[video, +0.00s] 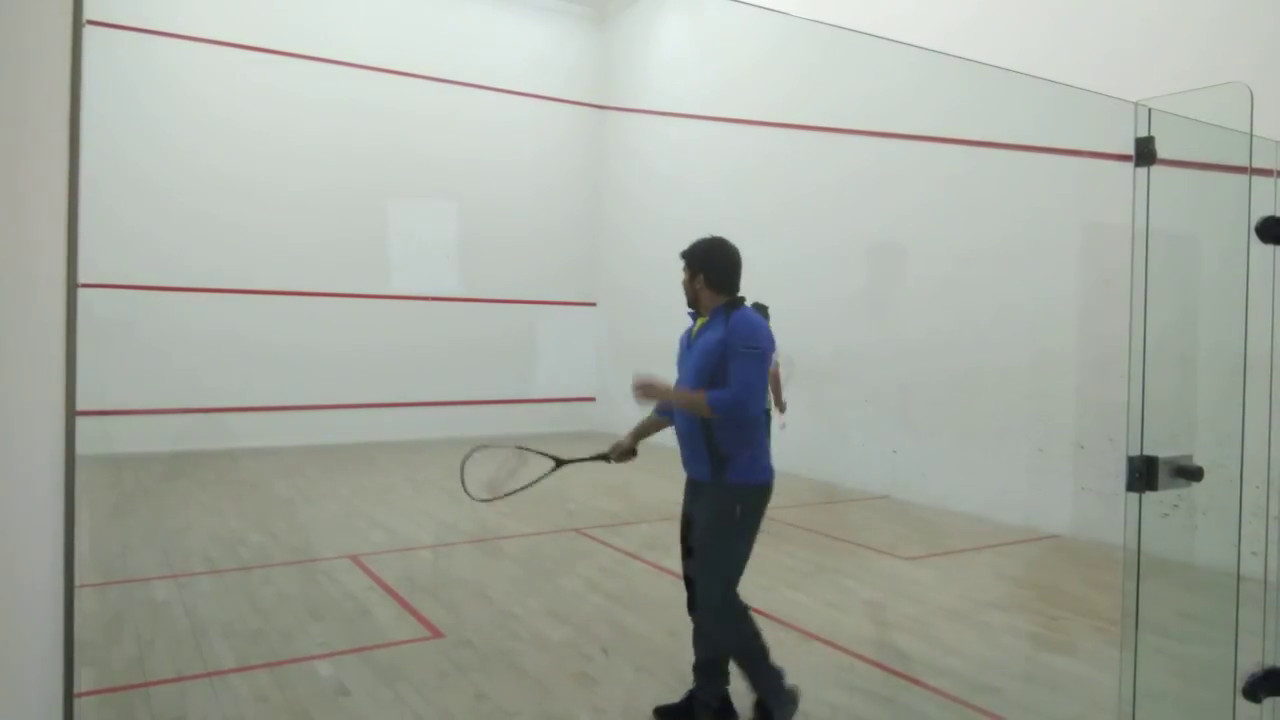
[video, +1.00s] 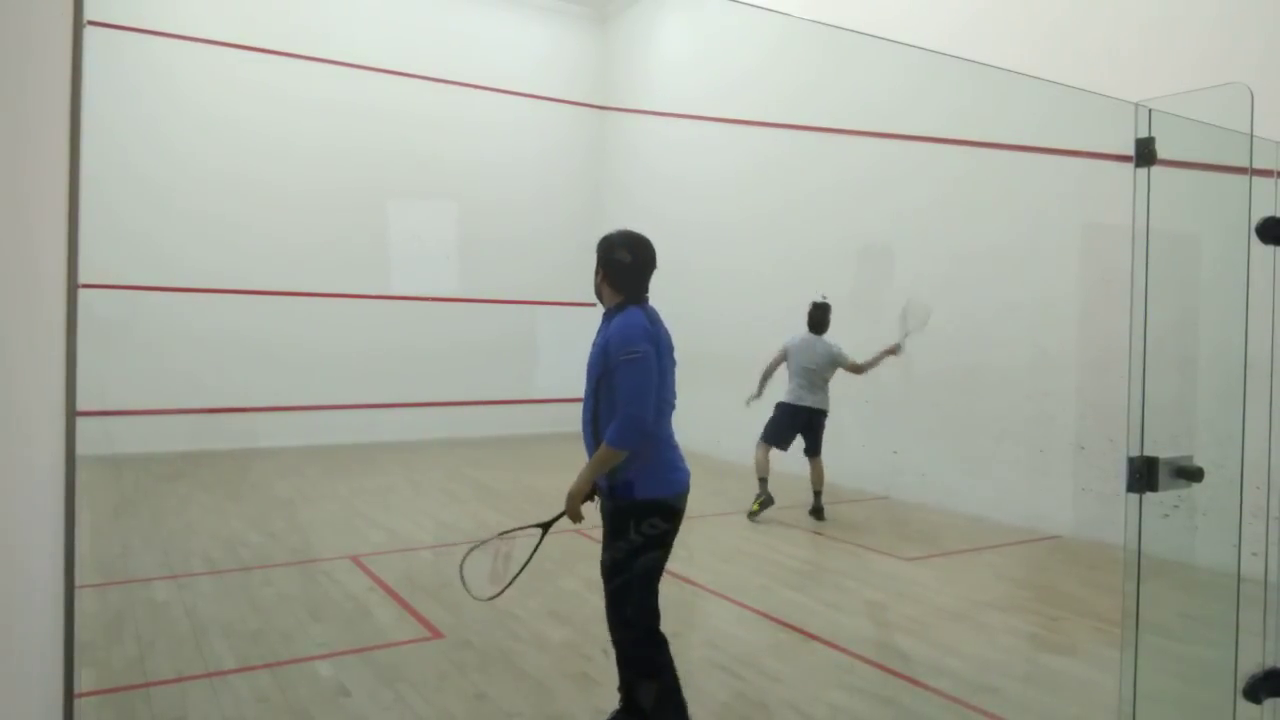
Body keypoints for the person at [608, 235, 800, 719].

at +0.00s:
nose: (682, 283)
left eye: (688, 274)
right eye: (684, 274)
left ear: (706, 278)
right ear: (711, 279)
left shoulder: (746, 327)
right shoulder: (694, 334)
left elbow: (743, 402)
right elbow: (684, 402)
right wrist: (633, 436)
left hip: (741, 483)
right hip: (703, 480)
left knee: (715, 591)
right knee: (701, 590)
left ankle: (774, 694)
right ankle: (709, 697)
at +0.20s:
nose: (665, 282)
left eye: (670, 273)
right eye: (665, 274)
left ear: (695, 274)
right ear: (702, 275)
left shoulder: (729, 321)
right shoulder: (700, 321)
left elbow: (664, 358)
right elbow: (702, 407)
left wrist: (660, 300)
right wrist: (681, 471)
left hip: (721, 485)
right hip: (693, 482)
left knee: (716, 596)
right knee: (689, 591)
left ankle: (725, 703)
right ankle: (706, 694)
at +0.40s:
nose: (661, 268)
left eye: (671, 262)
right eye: (665, 260)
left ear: (697, 276)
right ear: (696, 277)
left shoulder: (717, 328)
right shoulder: (692, 327)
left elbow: (638, 373)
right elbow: (701, 415)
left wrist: (636, 338)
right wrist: (676, 478)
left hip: (718, 492)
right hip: (683, 487)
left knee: (714, 598)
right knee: (653, 579)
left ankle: (728, 706)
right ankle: (689, 685)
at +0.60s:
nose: (629, 277)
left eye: (632, 269)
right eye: (632, 269)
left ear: (645, 276)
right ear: (672, 276)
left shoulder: (688, 334)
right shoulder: (657, 331)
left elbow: (694, 428)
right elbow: (664, 420)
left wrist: (639, 473)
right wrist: (633, 475)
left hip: (692, 494)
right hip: (662, 492)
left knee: (697, 611)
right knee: (653, 607)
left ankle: (726, 711)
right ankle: (639, 707)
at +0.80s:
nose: (604, 276)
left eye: (608, 267)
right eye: (608, 267)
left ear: (618, 275)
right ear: (648, 277)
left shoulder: (647, 334)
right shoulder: (629, 328)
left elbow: (650, 424)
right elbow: (634, 416)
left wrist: (593, 478)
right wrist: (600, 476)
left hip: (645, 492)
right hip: (623, 488)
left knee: (635, 611)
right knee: (626, 607)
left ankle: (708, 710)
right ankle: (637, 707)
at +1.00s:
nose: (594, 275)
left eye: (596, 268)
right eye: (596, 267)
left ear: (603, 274)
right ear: (643, 275)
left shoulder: (629, 330)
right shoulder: (640, 323)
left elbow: (633, 422)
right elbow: (646, 416)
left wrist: (584, 480)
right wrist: (600, 477)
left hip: (643, 493)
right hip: (639, 488)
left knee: (631, 615)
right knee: (630, 611)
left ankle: (656, 709)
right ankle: (640, 705)